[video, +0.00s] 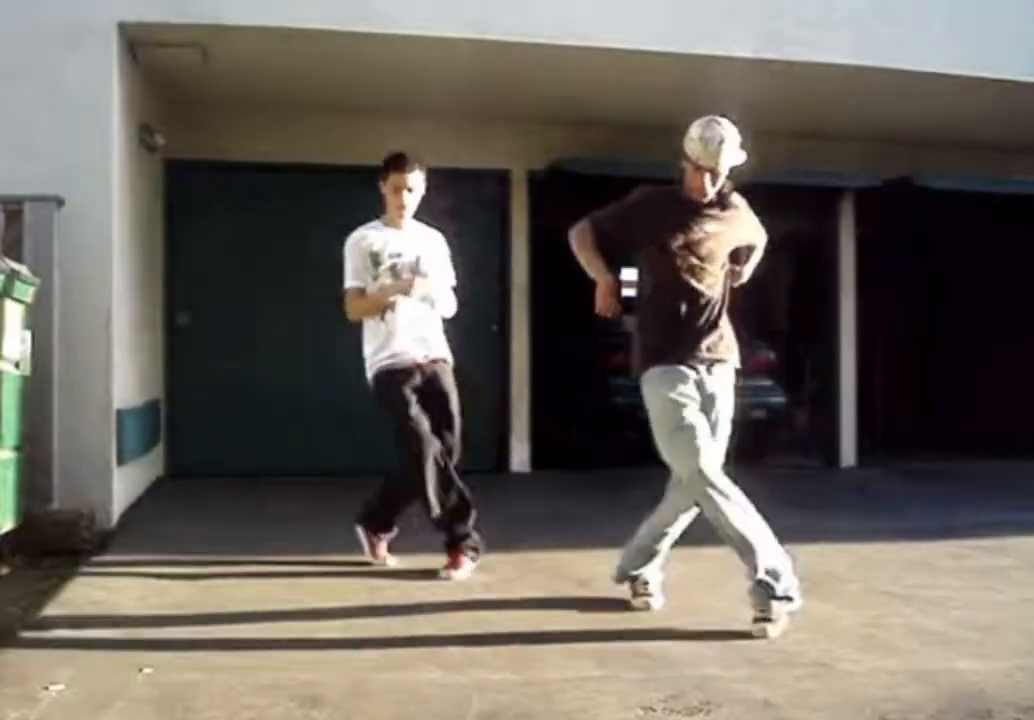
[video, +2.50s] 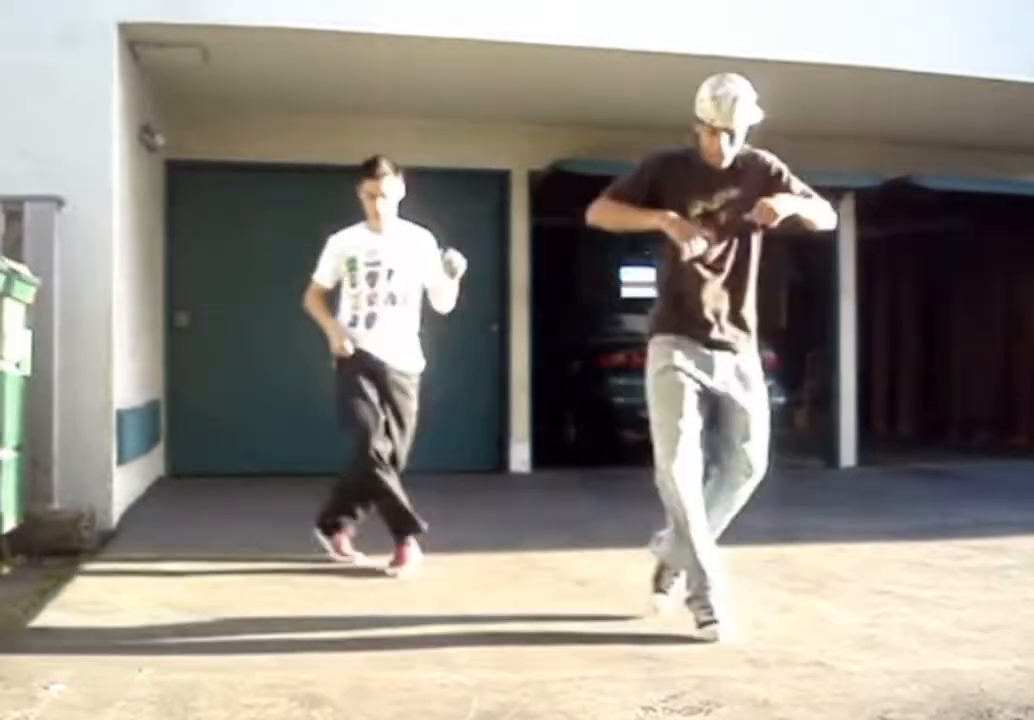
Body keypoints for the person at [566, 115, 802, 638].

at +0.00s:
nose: (707, 183)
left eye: (718, 173)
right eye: (699, 169)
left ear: (732, 170)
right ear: (684, 161)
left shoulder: (737, 210)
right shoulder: (653, 207)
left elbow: (756, 244)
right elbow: (581, 233)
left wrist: (733, 280)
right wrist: (604, 280)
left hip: (720, 358)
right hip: (666, 359)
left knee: (697, 474)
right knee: (700, 471)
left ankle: (639, 564)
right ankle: (774, 576)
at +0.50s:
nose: (660, 163)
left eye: (671, 153)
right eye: (652, 150)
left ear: (681, 150)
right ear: (634, 141)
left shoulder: (683, 184)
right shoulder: (608, 189)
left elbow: (738, 193)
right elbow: (537, 172)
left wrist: (791, 168)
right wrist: (588, 203)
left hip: (683, 345)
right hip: (627, 357)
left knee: (755, 429)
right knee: (611, 466)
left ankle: (785, 553)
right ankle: (536, 570)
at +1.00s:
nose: (723, 154)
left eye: (733, 144)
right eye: (715, 144)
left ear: (749, 135)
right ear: (701, 133)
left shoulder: (771, 178)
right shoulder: (672, 181)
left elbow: (817, 219)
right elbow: (634, 220)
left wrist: (785, 276)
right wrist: (648, 281)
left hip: (755, 342)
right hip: (690, 341)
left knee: (778, 461)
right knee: (684, 463)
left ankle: (739, 558)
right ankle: (725, 578)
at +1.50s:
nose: (700, 157)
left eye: (711, 147)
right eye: (693, 145)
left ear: (725, 141)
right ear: (677, 133)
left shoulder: (728, 183)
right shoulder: (643, 176)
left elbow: (752, 248)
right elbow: (607, 243)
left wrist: (689, 259)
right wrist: (676, 238)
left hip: (707, 340)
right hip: (650, 336)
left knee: (712, 461)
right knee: (674, 451)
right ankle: (732, 576)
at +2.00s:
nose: (615, 162)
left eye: (625, 152)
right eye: (607, 149)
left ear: (640, 156)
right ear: (591, 148)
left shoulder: (634, 210)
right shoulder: (554, 206)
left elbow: (602, 274)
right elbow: (497, 260)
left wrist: (607, 336)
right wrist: (517, 343)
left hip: (629, 367)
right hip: (570, 377)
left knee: (709, 465)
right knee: (554, 495)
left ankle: (776, 571)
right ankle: (478, 589)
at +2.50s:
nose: (721, 144)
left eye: (732, 134)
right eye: (713, 132)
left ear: (748, 129)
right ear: (698, 123)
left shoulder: (763, 169)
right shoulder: (664, 169)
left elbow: (826, 217)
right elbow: (598, 213)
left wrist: (789, 206)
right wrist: (664, 220)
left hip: (738, 345)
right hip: (677, 340)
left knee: (746, 463)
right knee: (678, 461)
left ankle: (671, 551)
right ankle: (704, 594)